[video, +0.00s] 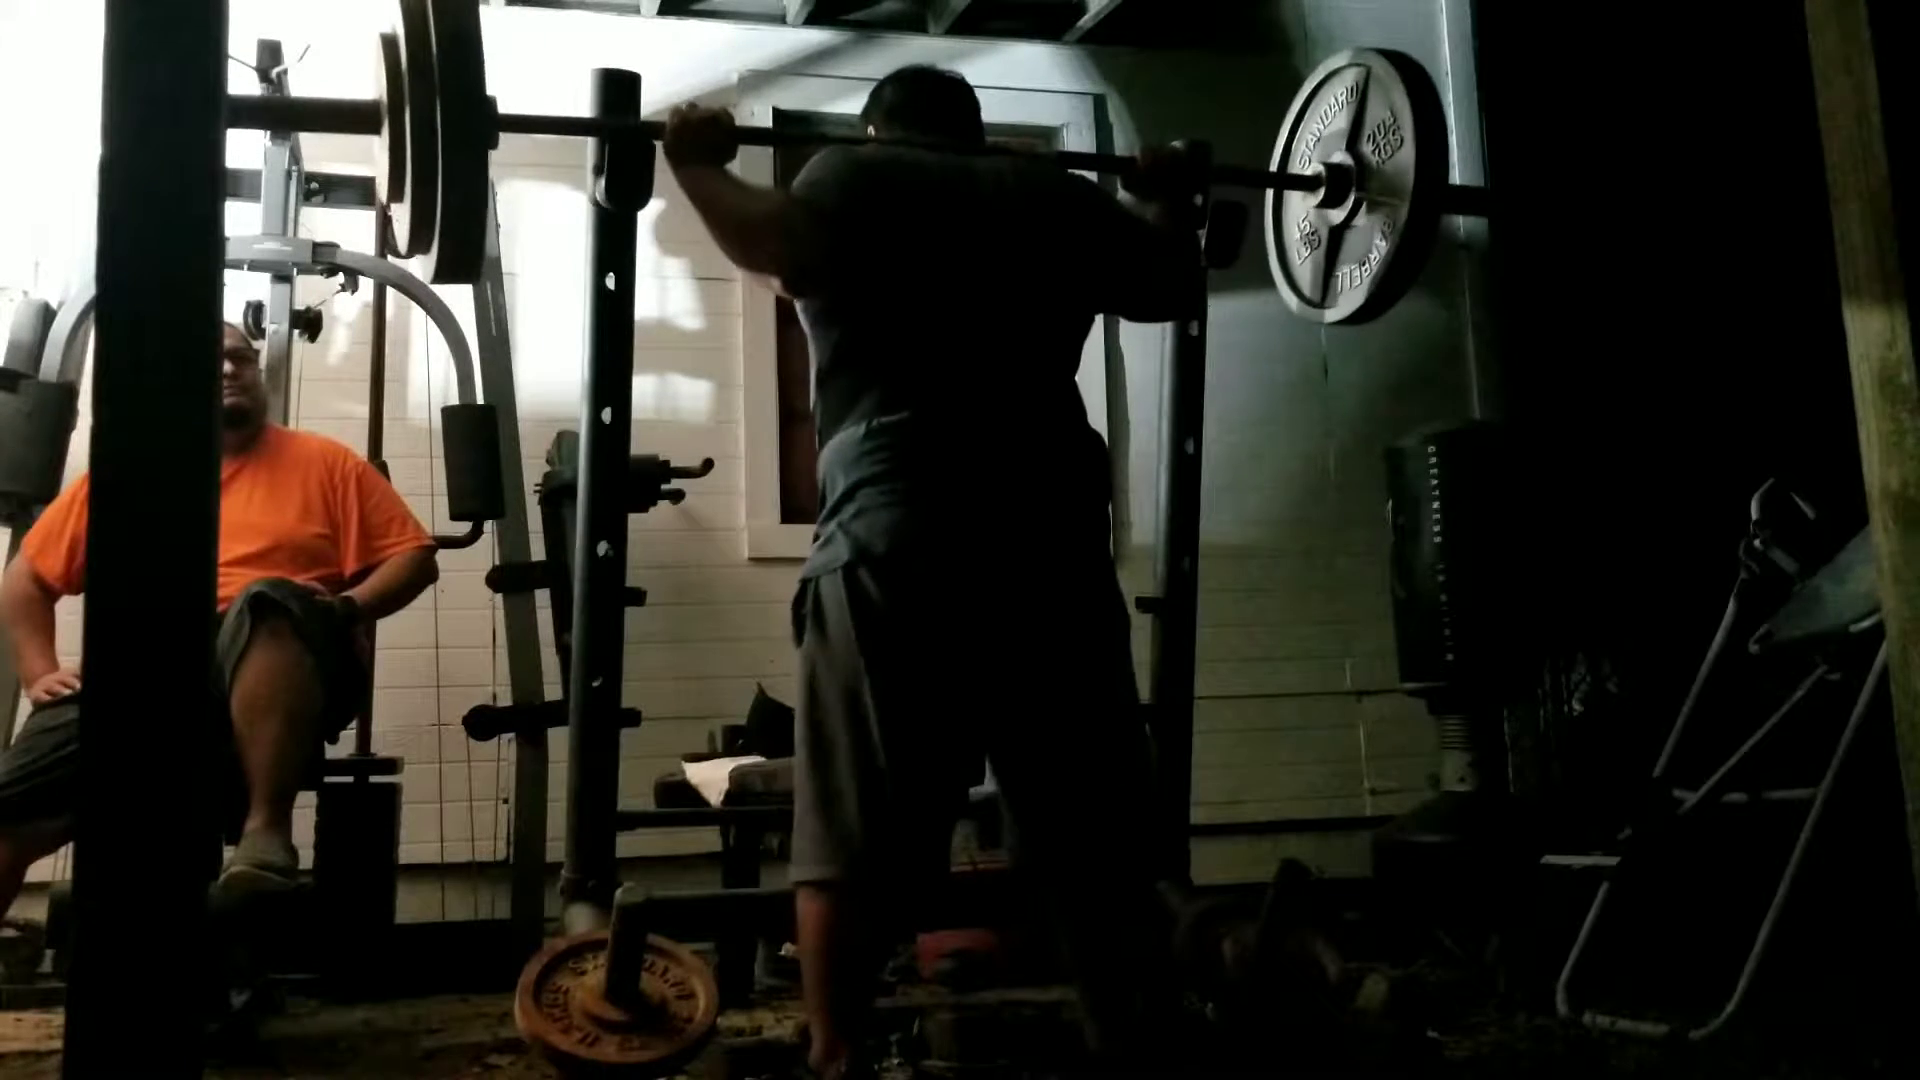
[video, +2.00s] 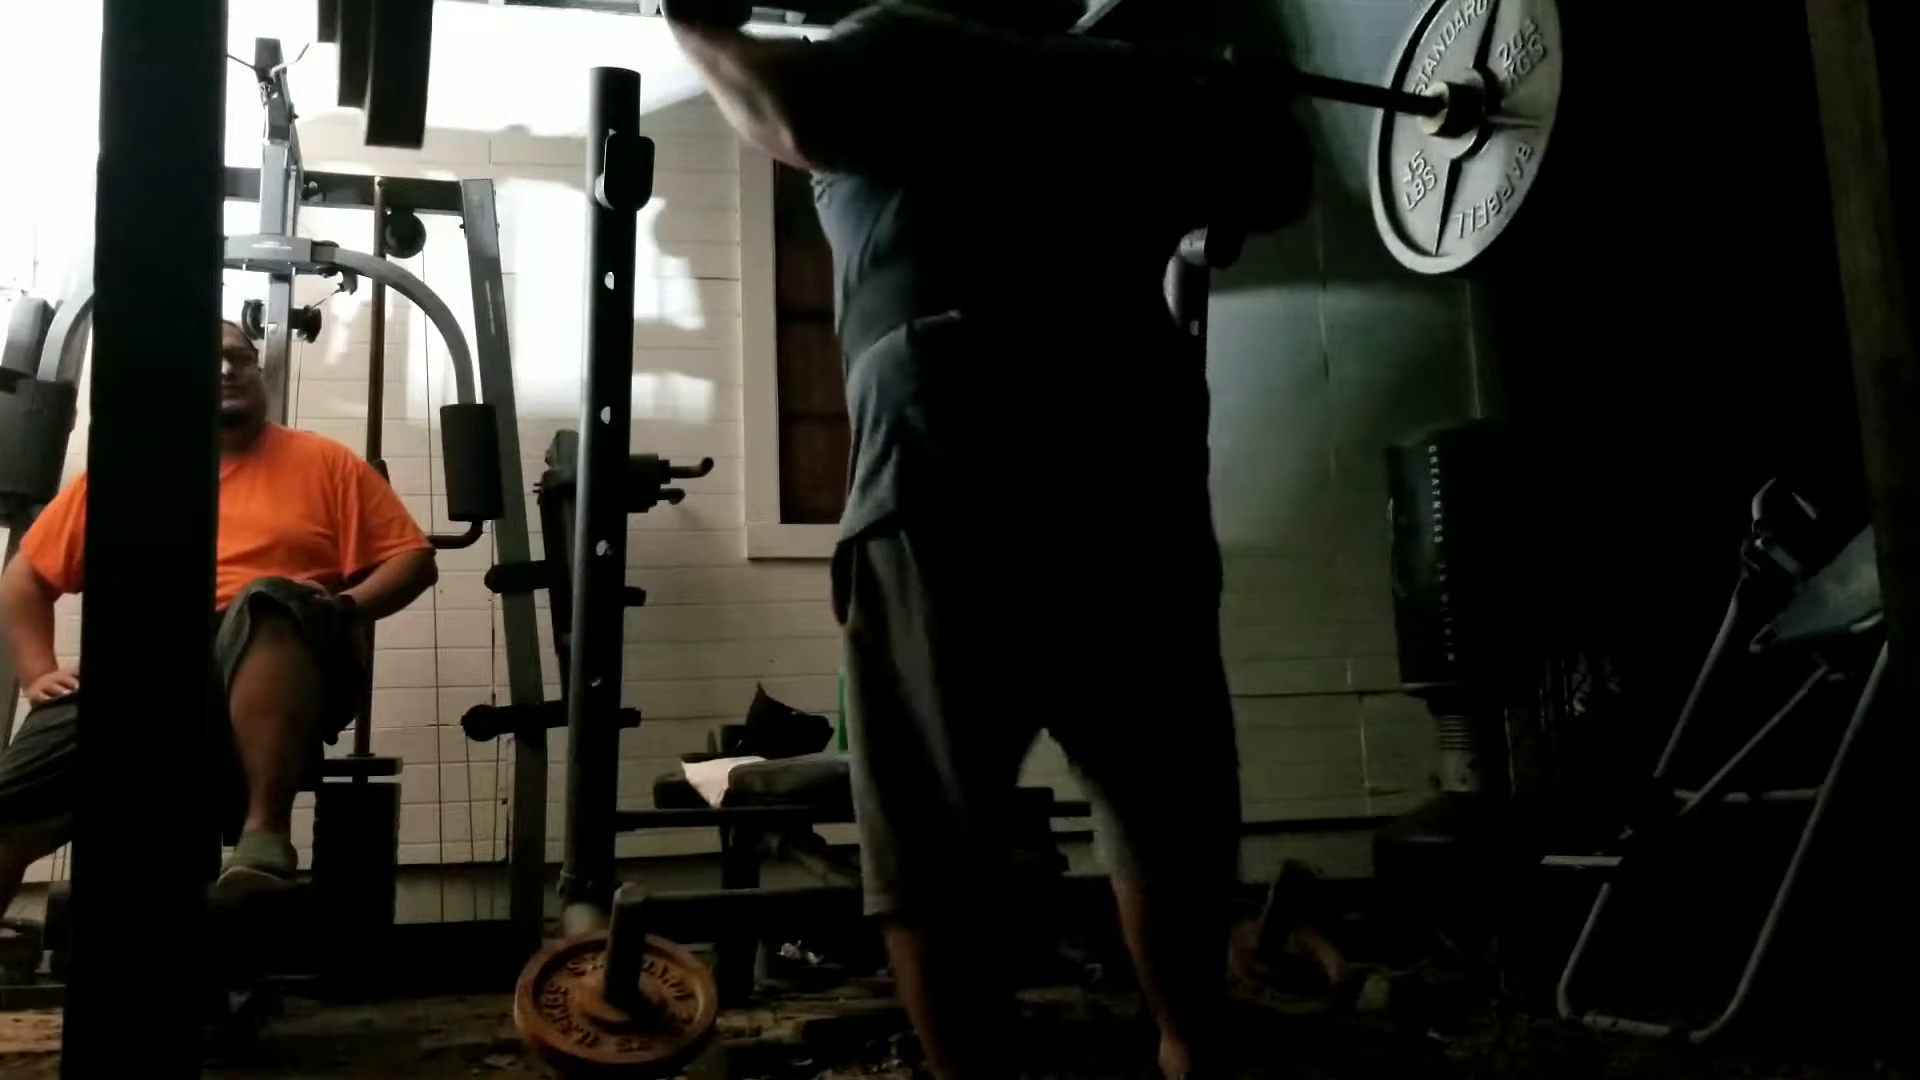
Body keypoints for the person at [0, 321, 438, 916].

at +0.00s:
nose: (230, 370)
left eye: (242, 358)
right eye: (213, 359)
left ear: (264, 375)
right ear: (186, 378)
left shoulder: (324, 463)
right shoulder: (131, 470)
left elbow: (415, 555)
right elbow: (25, 577)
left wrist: (351, 604)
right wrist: (39, 672)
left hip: (285, 667)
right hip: (146, 667)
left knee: (271, 604)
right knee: (11, 813)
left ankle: (267, 829)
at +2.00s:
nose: (228, 370)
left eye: (240, 358)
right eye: (211, 360)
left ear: (263, 374)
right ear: (185, 378)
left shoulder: (325, 463)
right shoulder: (133, 466)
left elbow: (414, 558)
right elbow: (24, 575)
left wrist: (347, 603)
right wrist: (37, 670)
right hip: (144, 666)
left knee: (272, 603)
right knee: (13, 805)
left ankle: (265, 830)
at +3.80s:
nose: (226, 374)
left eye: (238, 361)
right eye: (209, 362)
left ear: (263, 377)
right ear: (185, 379)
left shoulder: (323, 463)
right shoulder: (130, 467)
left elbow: (414, 558)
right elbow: (24, 576)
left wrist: (349, 603)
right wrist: (37, 671)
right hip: (144, 666)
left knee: (272, 604)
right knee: (11, 808)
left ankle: (266, 828)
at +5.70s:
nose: (227, 376)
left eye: (239, 363)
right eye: (209, 364)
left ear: (263, 376)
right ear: (185, 380)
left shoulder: (324, 464)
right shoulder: (134, 468)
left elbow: (415, 560)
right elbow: (24, 575)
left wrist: (347, 603)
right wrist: (36, 672)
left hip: (287, 669)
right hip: (144, 666)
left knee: (273, 604)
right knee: (6, 815)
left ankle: (266, 829)